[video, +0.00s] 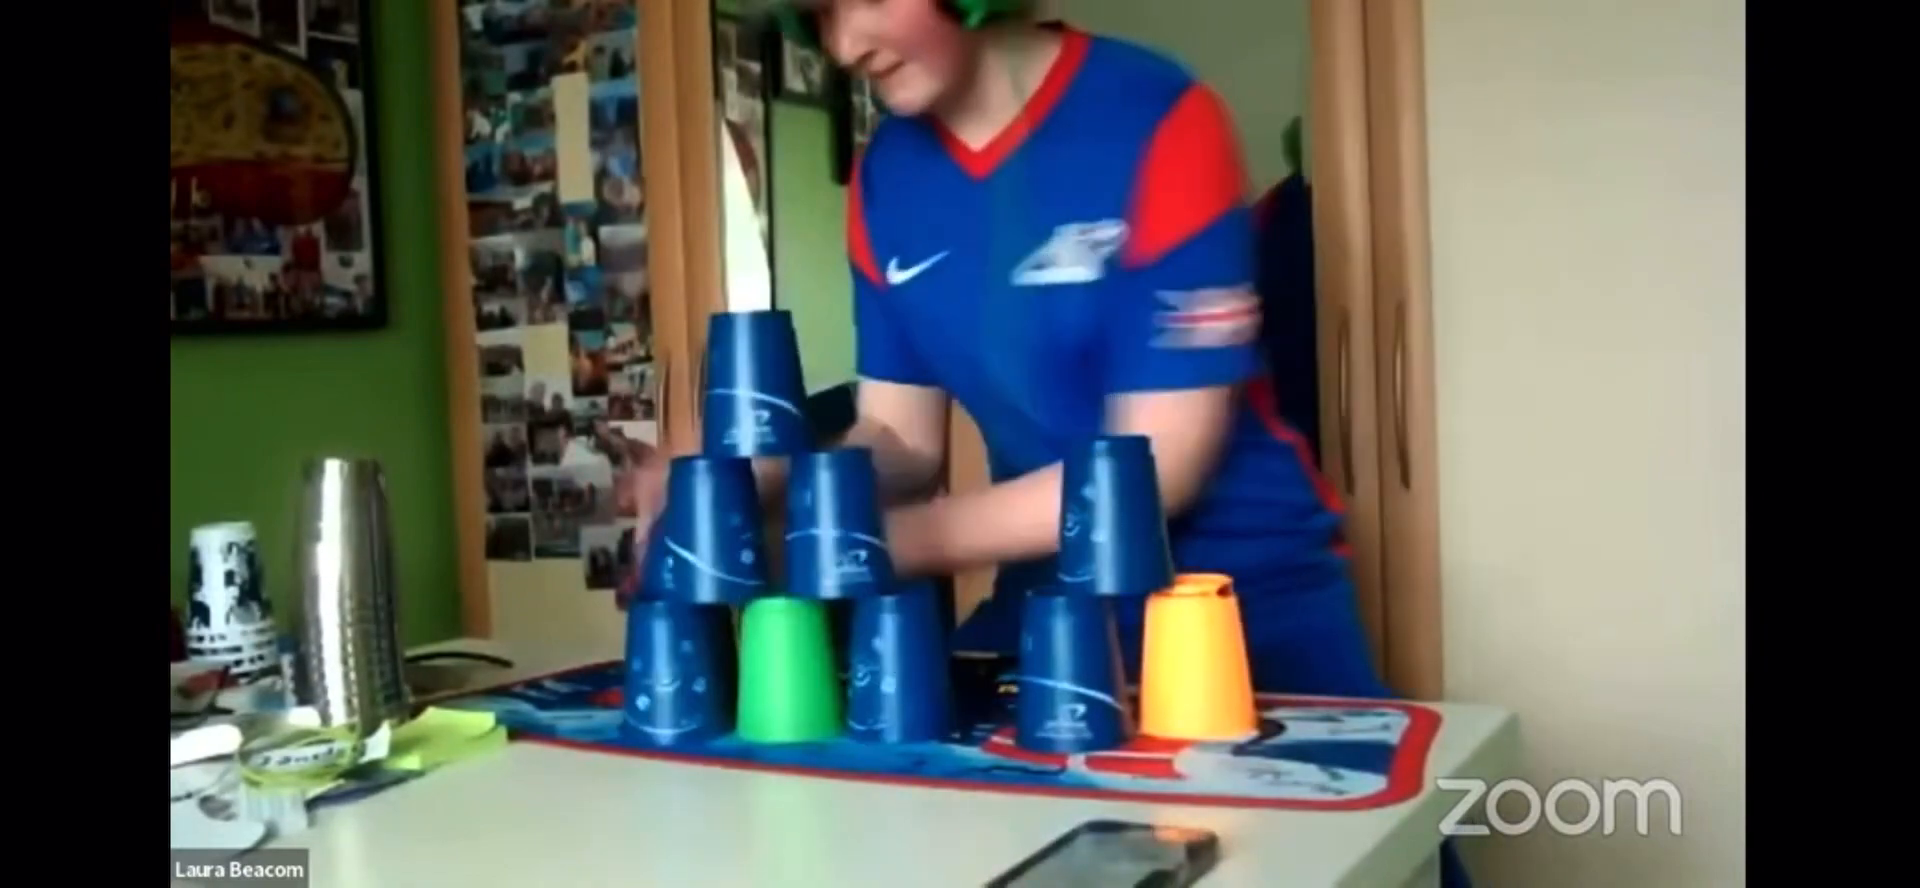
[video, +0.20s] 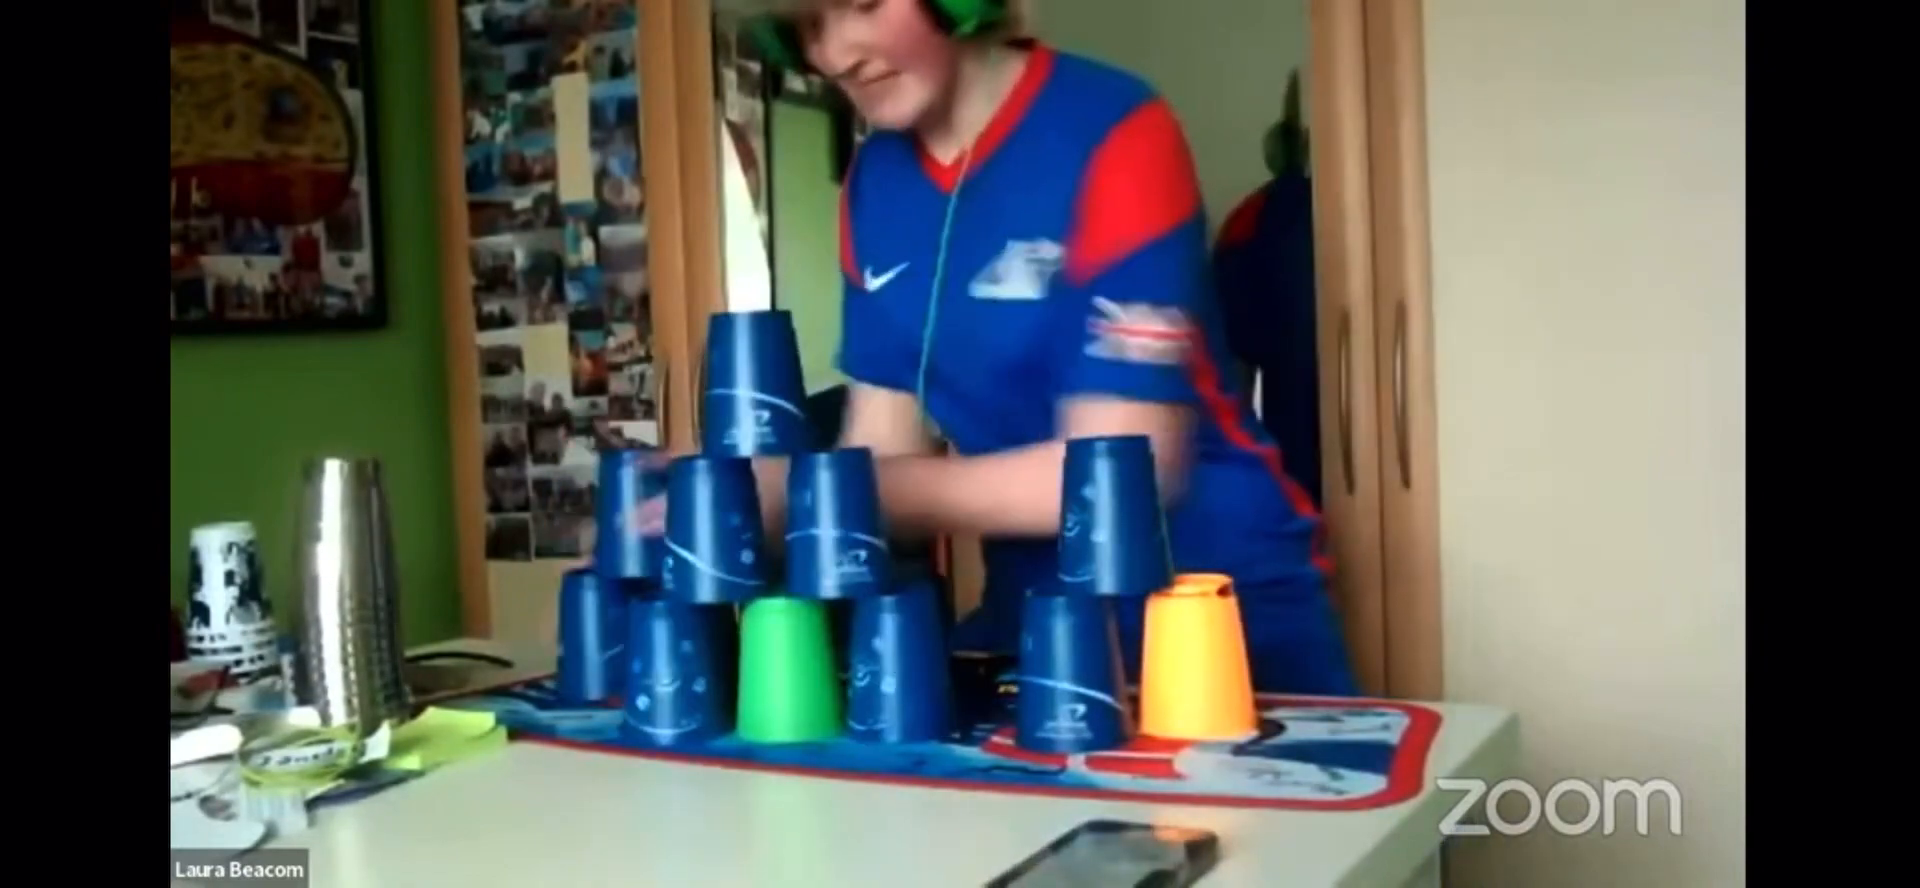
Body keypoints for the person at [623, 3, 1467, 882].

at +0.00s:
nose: (848, 40)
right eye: (824, 17)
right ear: (816, 33)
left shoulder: (1160, 122)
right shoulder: (886, 180)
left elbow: (1161, 464)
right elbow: (902, 448)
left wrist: (855, 544)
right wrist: (733, 485)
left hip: (1251, 607)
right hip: (1061, 618)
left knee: (1331, 867)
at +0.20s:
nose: (836, 51)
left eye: (864, 4)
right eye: (809, 27)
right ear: (798, 46)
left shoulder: (1115, 134)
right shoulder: (878, 175)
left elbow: (1133, 468)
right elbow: (883, 447)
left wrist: (826, 490)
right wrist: (729, 498)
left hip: (1222, 600)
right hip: (1039, 602)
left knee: (1277, 864)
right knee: (1065, 865)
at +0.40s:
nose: (947, 28)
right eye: (911, 10)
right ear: (893, 29)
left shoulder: (1238, 134)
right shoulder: (899, 199)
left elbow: (1305, 436)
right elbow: (909, 471)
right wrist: (978, 471)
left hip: (1284, 643)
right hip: (1057, 675)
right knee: (1078, 871)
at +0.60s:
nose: (960, 2)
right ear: (921, 1)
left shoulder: (1253, 91)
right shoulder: (911, 144)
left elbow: (1269, 431)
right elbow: (910, 471)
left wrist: (991, 448)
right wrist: (749, 577)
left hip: (1302, 663)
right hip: (1058, 669)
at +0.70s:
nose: (957, 1)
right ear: (914, 5)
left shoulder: (1247, 104)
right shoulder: (915, 150)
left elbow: (1250, 452)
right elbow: (900, 465)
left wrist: (1013, 541)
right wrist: (752, 538)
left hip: (1290, 662)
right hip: (1057, 669)